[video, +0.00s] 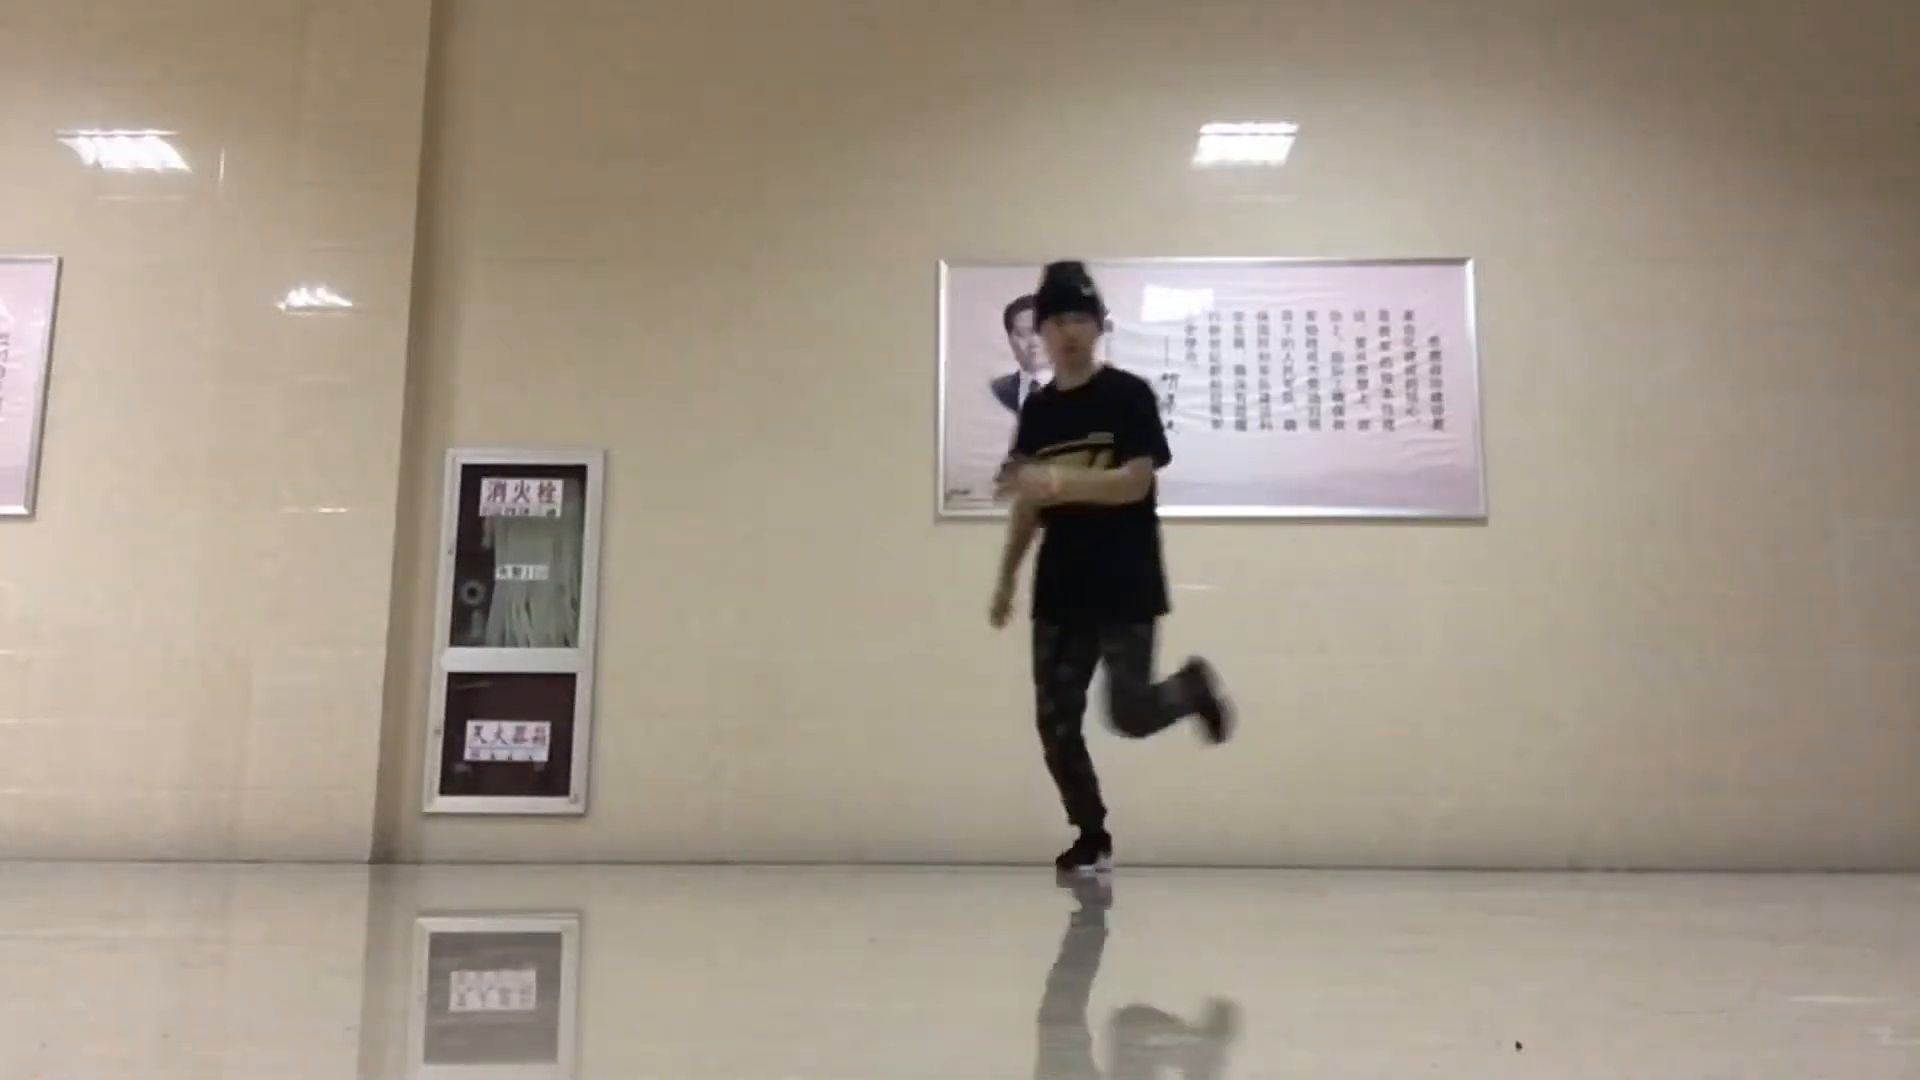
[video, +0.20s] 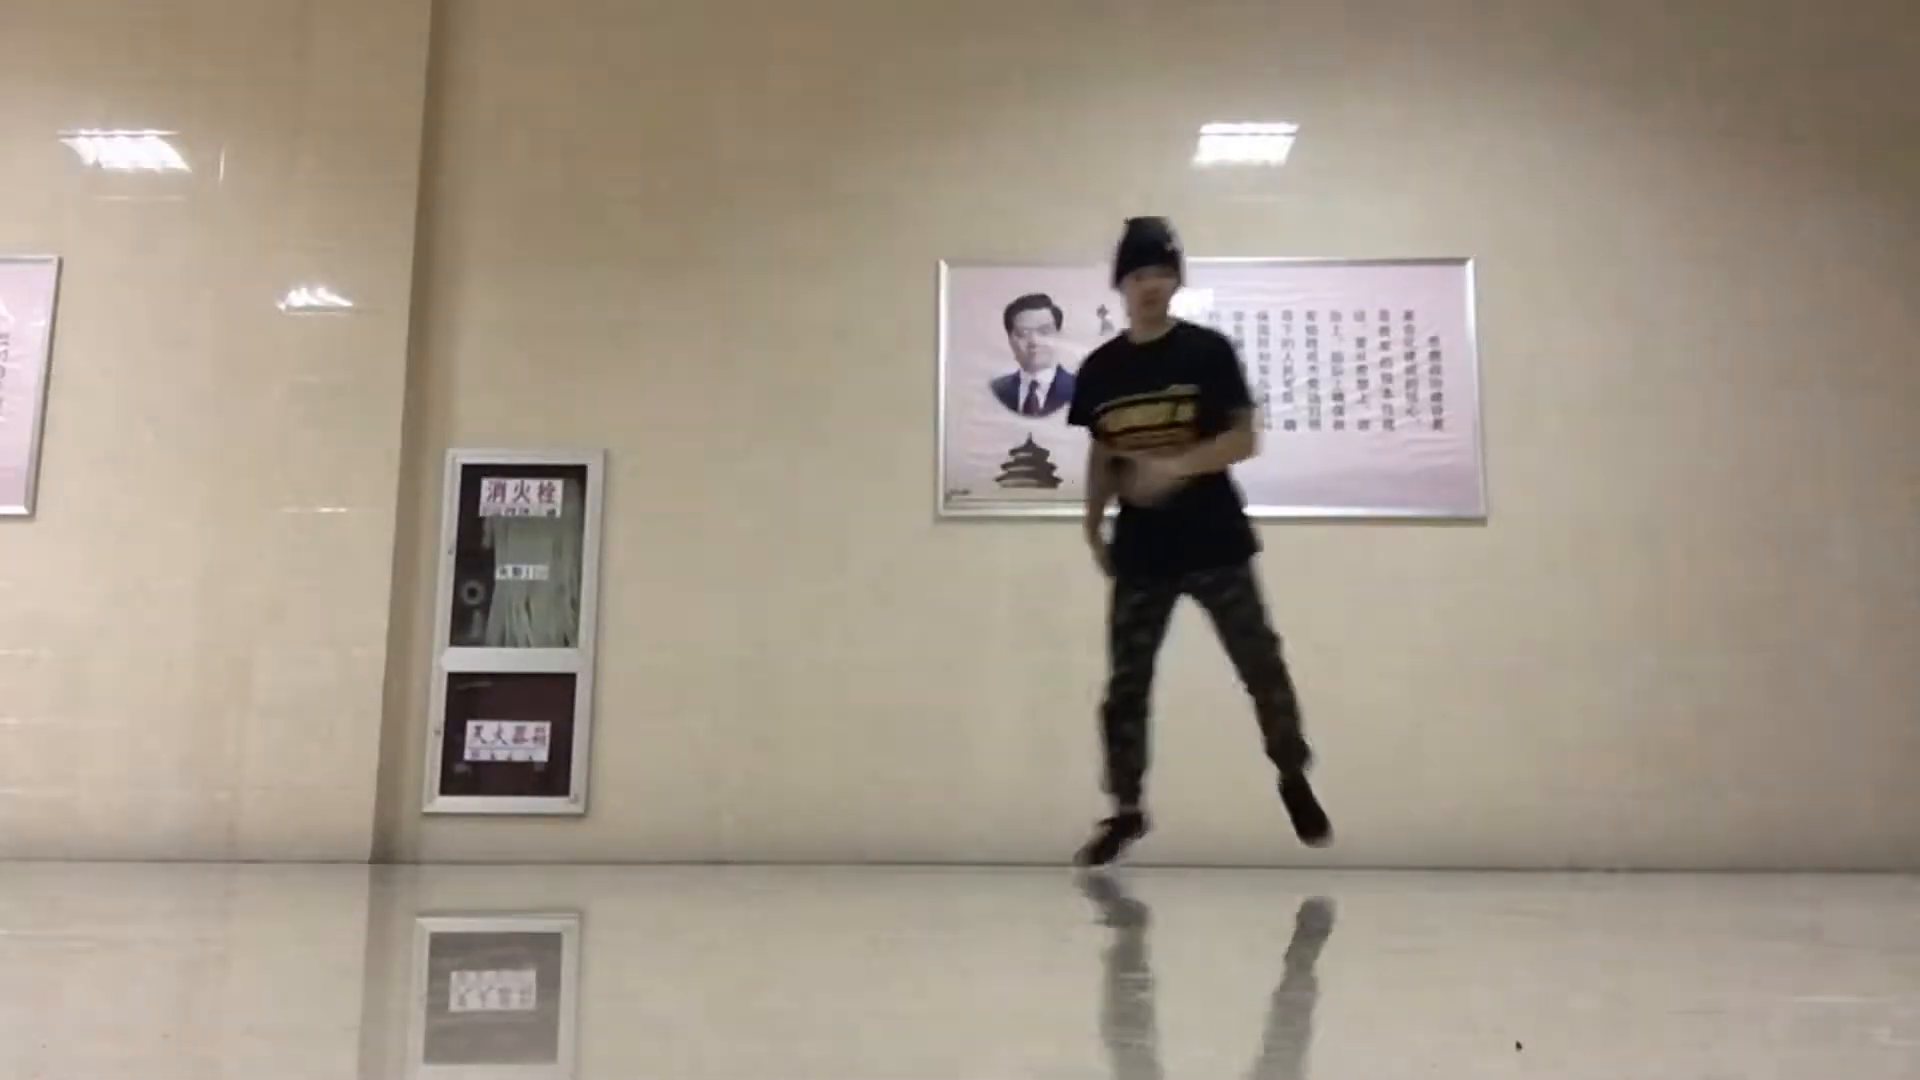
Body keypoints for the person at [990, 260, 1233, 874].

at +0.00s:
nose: (1068, 334)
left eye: (1079, 321)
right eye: (1056, 323)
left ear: (1099, 326)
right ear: (1042, 333)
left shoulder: (1130, 394)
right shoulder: (1038, 409)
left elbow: (1138, 483)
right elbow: (1030, 500)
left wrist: (1055, 484)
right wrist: (1006, 579)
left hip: (1127, 579)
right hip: (1062, 582)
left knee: (1130, 714)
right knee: (1055, 719)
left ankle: (1196, 686)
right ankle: (1092, 834)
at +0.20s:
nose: (1150, 290)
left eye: (1161, 278)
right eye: (1139, 279)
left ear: (1177, 282)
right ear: (1120, 285)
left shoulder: (1210, 350)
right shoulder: (1102, 366)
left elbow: (1245, 438)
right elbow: (1101, 451)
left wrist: (1174, 466)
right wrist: (1092, 521)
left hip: (1213, 540)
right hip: (1141, 546)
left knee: (1264, 667)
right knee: (1127, 685)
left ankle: (1294, 781)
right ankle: (1127, 811)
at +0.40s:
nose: (1244, 328)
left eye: (1253, 316)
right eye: (1230, 317)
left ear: (1264, 323)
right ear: (1204, 325)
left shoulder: (1297, 398)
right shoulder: (1176, 412)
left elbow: (1336, 478)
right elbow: (1162, 507)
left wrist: (1342, 547)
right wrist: (1157, 590)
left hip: (1297, 587)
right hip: (1222, 592)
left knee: (1316, 718)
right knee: (1222, 716)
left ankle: (1311, 831)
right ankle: (1211, 820)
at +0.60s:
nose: (1301, 274)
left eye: (1307, 263)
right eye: (1287, 263)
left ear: (1314, 269)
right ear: (1254, 268)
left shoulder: (1327, 343)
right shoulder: (1219, 349)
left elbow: (1344, 427)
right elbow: (1187, 441)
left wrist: (1375, 484)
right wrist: (1233, 504)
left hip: (1332, 521)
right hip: (1268, 524)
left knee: (1340, 657)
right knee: (1307, 646)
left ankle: (1319, 798)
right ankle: (1312, 798)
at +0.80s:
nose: (1336, 317)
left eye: (1342, 307)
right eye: (1323, 304)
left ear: (1344, 314)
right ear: (1288, 309)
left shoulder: (1326, 390)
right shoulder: (1268, 385)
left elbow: (1347, 496)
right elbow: (1242, 474)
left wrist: (1418, 514)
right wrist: (1310, 534)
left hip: (1360, 567)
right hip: (1321, 569)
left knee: (1383, 701)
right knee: (1394, 683)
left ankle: (1276, 803)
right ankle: (1380, 830)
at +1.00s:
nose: (1329, 284)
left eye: (1338, 273)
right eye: (1315, 270)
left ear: (1346, 283)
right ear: (1285, 275)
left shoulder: (1333, 361)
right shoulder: (1251, 350)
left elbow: (1326, 457)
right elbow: (1218, 443)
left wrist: (1358, 515)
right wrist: (1255, 524)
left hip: (1327, 536)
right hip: (1280, 535)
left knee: (1329, 671)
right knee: (1332, 666)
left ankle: (1267, 800)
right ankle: (1344, 812)